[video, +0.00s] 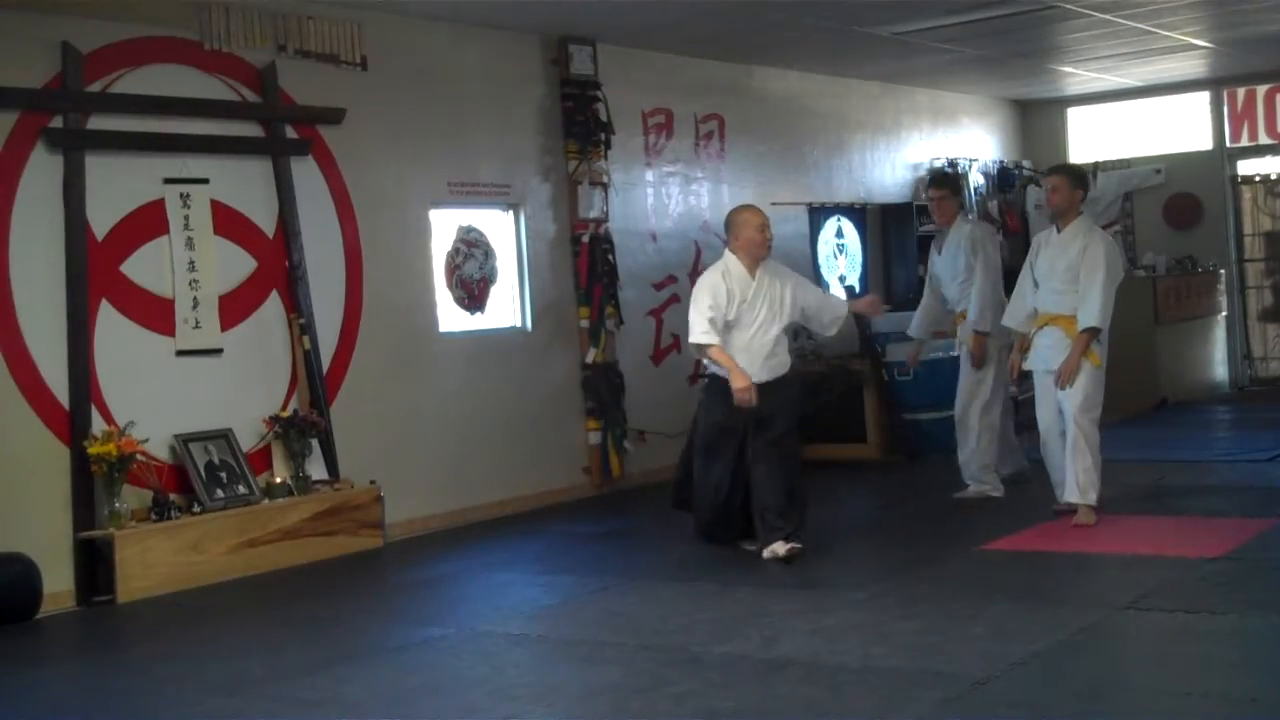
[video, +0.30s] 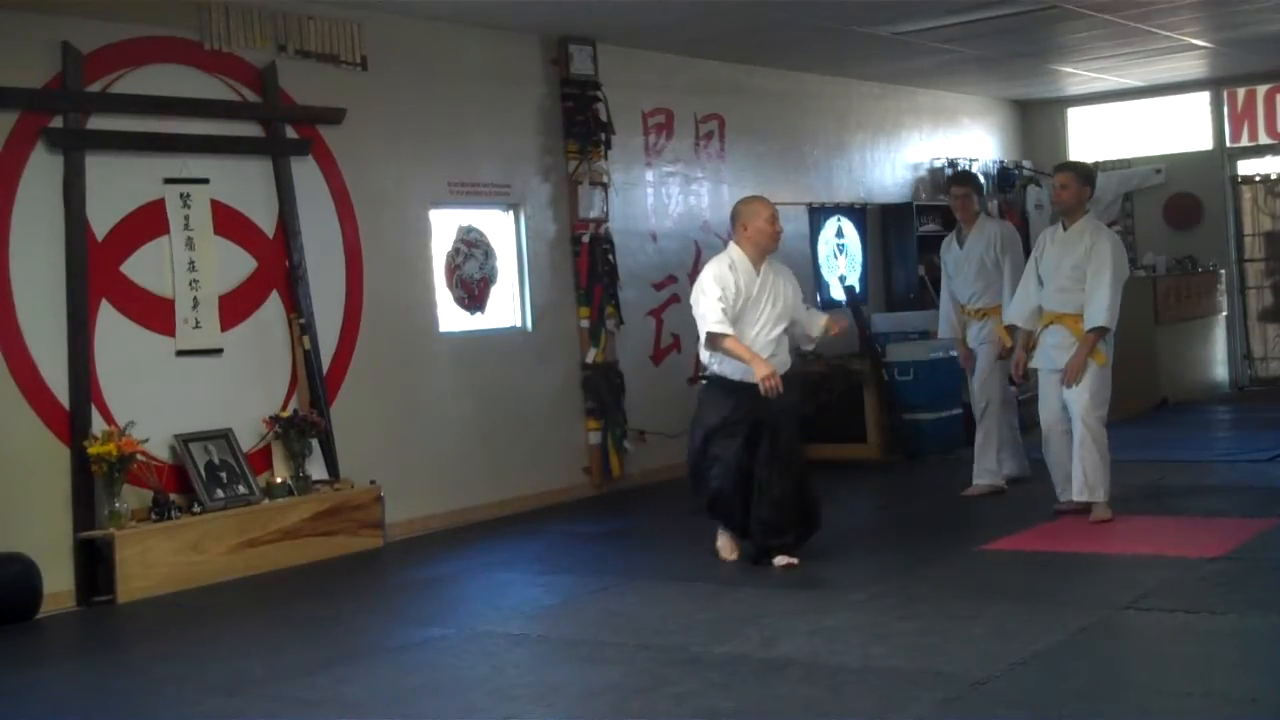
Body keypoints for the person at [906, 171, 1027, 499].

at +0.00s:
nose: (935, 207)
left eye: (942, 200)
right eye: (931, 201)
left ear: (958, 200)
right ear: (928, 204)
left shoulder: (979, 233)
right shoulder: (940, 244)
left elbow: (987, 283)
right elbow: (933, 297)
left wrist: (980, 332)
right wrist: (918, 342)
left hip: (987, 326)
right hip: (968, 326)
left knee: (971, 406)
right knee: (990, 401)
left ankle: (983, 482)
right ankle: (1012, 464)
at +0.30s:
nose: (961, 203)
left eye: (966, 197)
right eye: (955, 198)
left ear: (979, 198)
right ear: (949, 202)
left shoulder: (1002, 232)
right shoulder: (949, 244)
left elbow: (1014, 283)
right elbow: (949, 296)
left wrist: (1011, 329)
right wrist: (959, 341)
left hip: (995, 322)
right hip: (968, 324)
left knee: (985, 398)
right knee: (993, 396)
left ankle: (988, 475)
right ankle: (1014, 463)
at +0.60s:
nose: (966, 201)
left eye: (972, 195)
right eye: (960, 196)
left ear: (984, 198)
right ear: (954, 201)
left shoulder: (1007, 233)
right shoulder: (951, 244)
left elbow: (1023, 285)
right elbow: (948, 295)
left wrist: (1020, 334)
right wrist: (955, 341)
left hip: (998, 323)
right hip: (968, 324)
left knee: (994, 400)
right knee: (983, 402)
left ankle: (991, 476)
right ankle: (1015, 464)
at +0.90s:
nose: (963, 201)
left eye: (969, 195)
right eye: (957, 196)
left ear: (980, 198)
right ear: (950, 200)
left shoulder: (1001, 234)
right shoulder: (945, 244)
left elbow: (1017, 285)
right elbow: (942, 296)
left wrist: (1014, 332)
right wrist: (948, 341)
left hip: (995, 324)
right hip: (965, 326)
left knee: (988, 399)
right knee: (982, 400)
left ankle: (990, 476)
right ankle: (1014, 464)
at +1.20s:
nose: (955, 205)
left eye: (961, 199)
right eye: (949, 200)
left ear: (973, 202)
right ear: (942, 205)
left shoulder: (992, 239)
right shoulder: (937, 248)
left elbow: (1005, 291)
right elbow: (932, 300)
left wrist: (999, 339)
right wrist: (938, 347)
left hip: (984, 329)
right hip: (955, 331)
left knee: (965, 401)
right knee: (973, 404)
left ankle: (988, 478)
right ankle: (1009, 462)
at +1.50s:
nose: (932, 203)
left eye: (939, 197)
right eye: (927, 197)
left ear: (953, 202)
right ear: (921, 203)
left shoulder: (972, 241)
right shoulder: (916, 246)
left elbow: (981, 295)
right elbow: (911, 299)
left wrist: (976, 343)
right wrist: (911, 345)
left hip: (961, 332)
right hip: (927, 332)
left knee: (963, 409)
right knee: (908, 406)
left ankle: (983, 479)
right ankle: (921, 479)